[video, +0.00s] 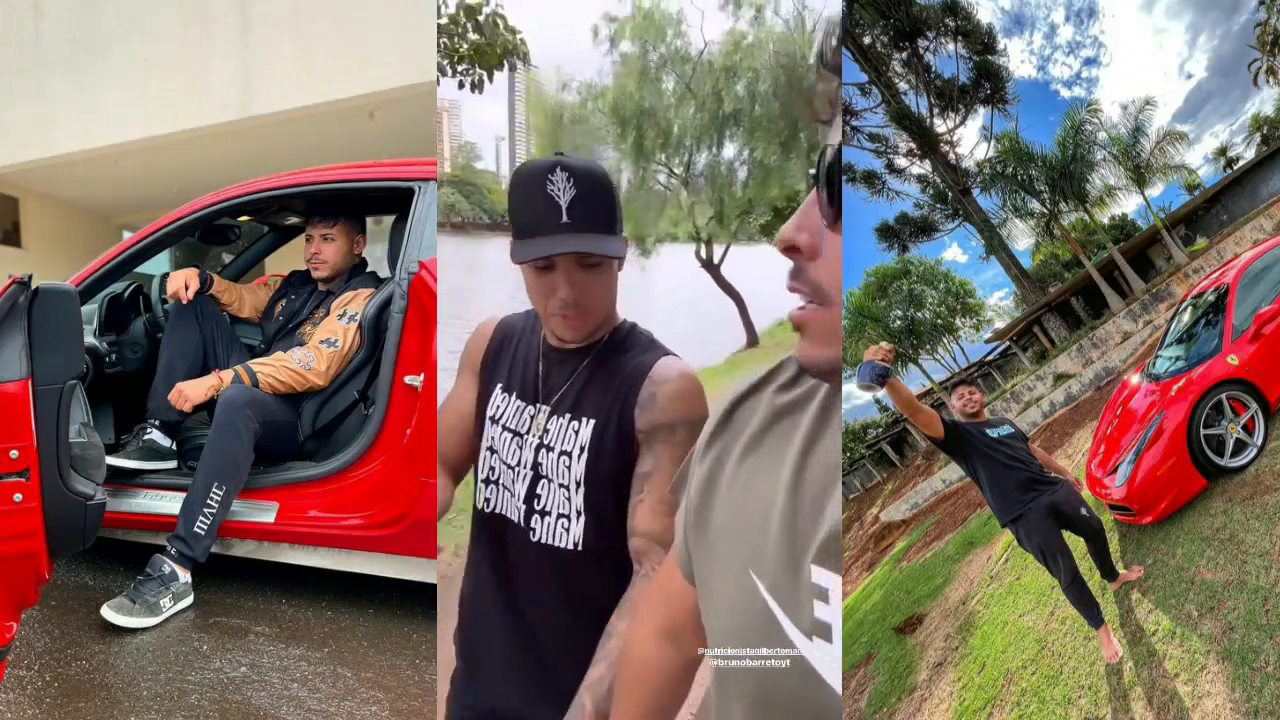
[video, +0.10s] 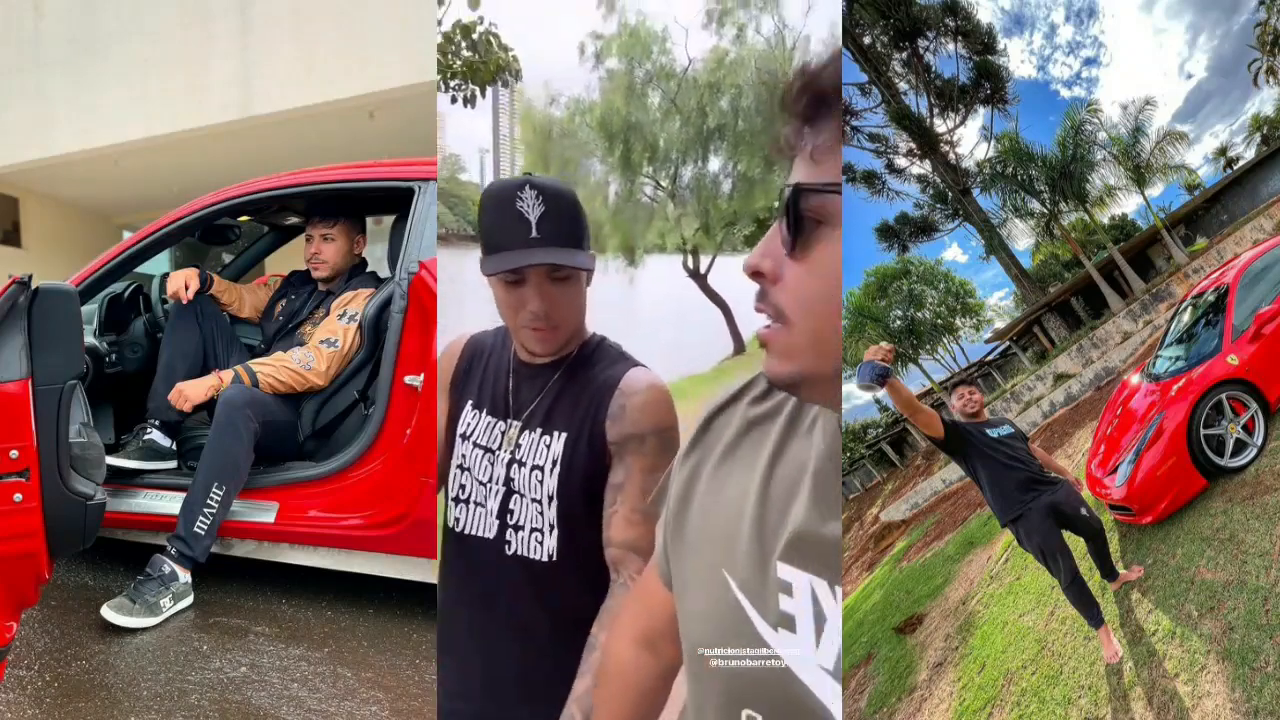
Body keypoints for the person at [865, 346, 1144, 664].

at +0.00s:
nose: (967, 397)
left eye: (970, 392)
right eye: (959, 397)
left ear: (982, 398)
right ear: (953, 411)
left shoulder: (1004, 424)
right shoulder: (956, 436)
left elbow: (1037, 454)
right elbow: (915, 412)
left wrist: (1068, 475)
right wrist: (885, 373)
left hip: (1052, 489)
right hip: (1022, 512)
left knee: (1093, 528)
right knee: (1066, 572)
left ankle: (1114, 576)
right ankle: (1101, 628)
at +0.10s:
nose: (967, 397)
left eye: (971, 392)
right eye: (959, 398)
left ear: (983, 398)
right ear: (953, 411)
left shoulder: (1003, 423)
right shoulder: (957, 436)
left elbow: (1037, 453)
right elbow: (916, 412)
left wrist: (1067, 475)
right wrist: (885, 374)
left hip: (1052, 489)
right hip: (1022, 512)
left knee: (1094, 528)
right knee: (1066, 572)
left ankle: (1113, 576)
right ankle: (1101, 629)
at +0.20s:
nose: (967, 397)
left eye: (971, 392)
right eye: (959, 397)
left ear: (983, 398)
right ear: (953, 411)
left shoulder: (1004, 423)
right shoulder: (957, 436)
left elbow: (1037, 454)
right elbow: (916, 412)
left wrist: (1067, 476)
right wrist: (885, 374)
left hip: (1052, 489)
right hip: (1022, 512)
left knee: (1094, 528)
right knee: (1065, 571)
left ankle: (1113, 576)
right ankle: (1101, 628)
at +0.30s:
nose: (967, 397)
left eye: (971, 392)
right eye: (959, 397)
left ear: (983, 398)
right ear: (953, 411)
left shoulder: (1004, 423)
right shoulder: (957, 436)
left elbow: (1037, 454)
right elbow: (916, 412)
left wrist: (1067, 476)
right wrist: (885, 374)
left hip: (1052, 489)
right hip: (1022, 512)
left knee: (1094, 528)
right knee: (1065, 571)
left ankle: (1113, 576)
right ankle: (1101, 628)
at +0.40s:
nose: (967, 397)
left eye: (971, 392)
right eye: (959, 397)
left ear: (983, 398)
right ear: (953, 410)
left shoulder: (1003, 424)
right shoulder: (957, 436)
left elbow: (1037, 454)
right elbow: (916, 412)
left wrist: (1067, 476)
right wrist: (885, 375)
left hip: (1051, 489)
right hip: (1022, 512)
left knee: (1094, 528)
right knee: (1066, 572)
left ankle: (1113, 576)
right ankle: (1101, 628)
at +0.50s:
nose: (967, 397)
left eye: (971, 392)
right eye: (959, 397)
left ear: (983, 398)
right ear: (953, 410)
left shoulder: (1003, 424)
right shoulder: (957, 436)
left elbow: (1037, 454)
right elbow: (916, 412)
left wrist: (1067, 476)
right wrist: (885, 375)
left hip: (1051, 489)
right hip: (1022, 512)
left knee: (1094, 528)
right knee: (1066, 572)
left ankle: (1113, 576)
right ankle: (1101, 628)